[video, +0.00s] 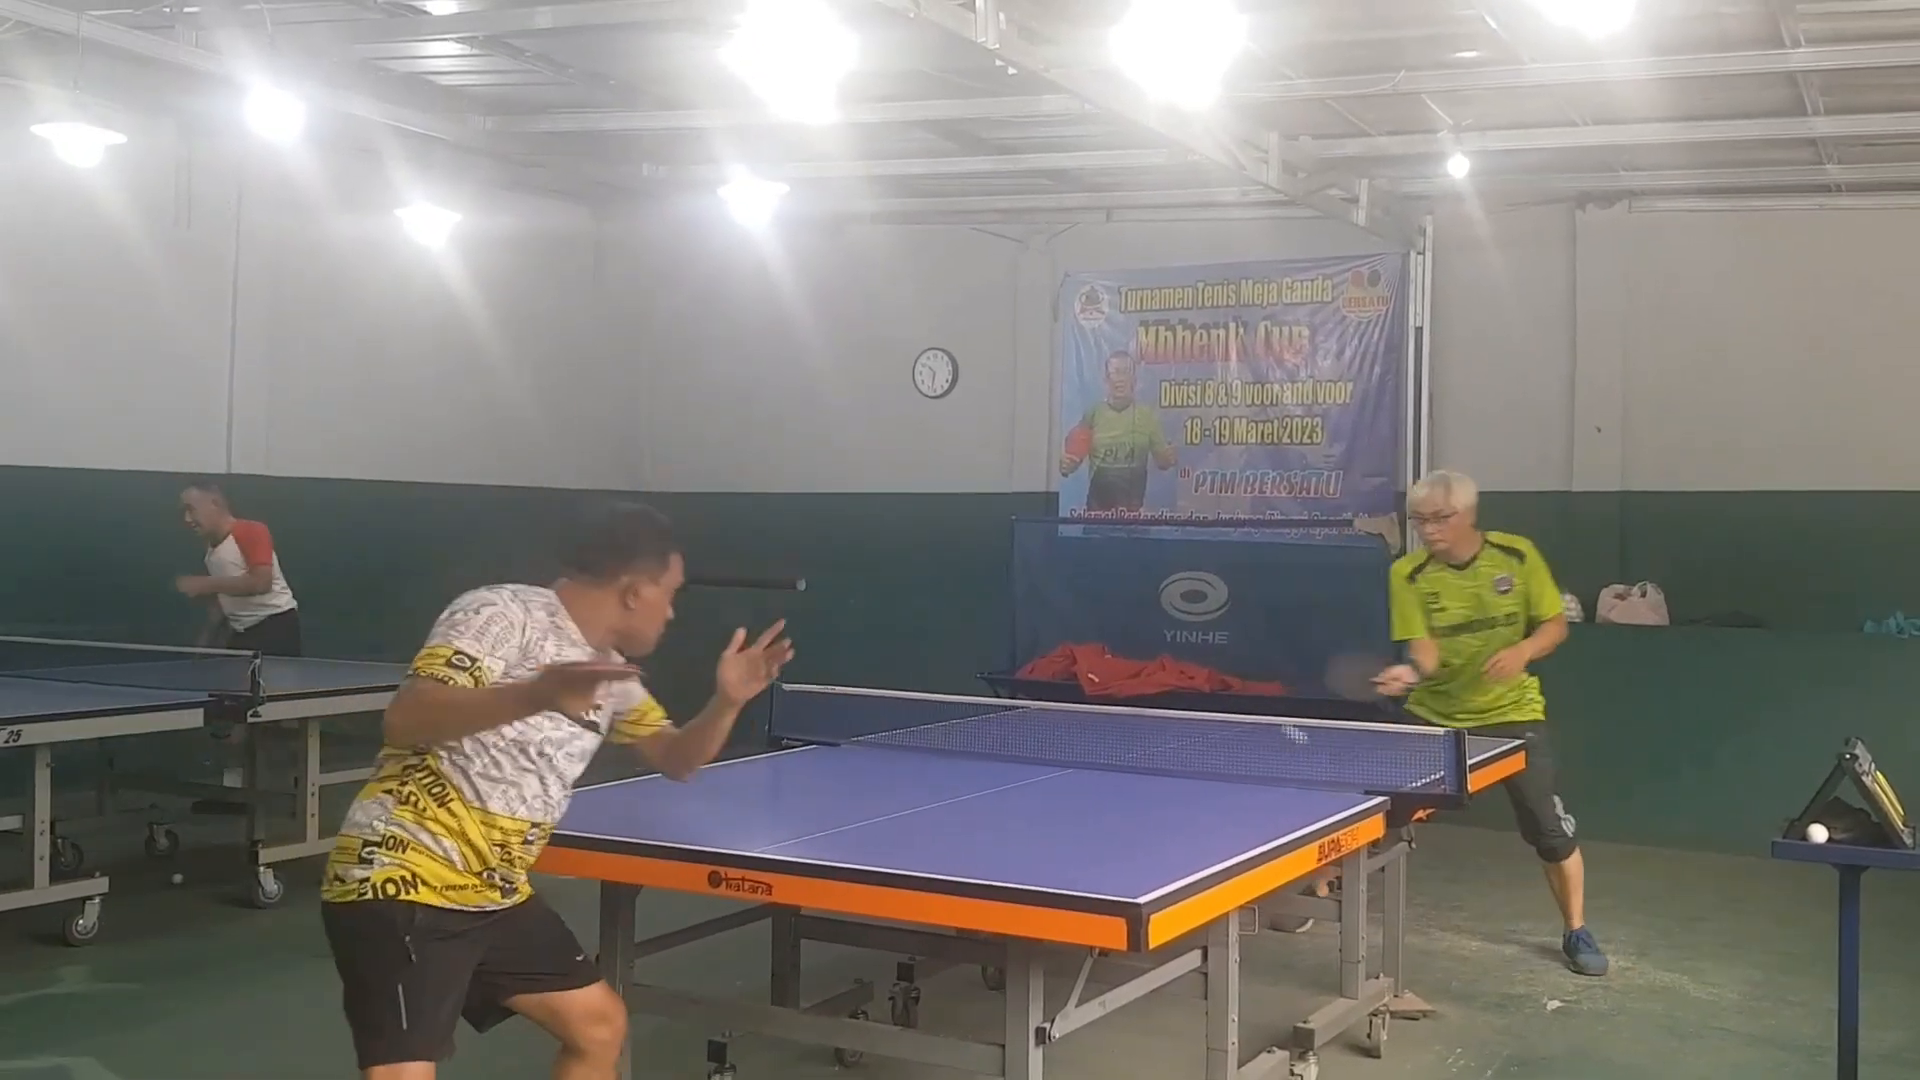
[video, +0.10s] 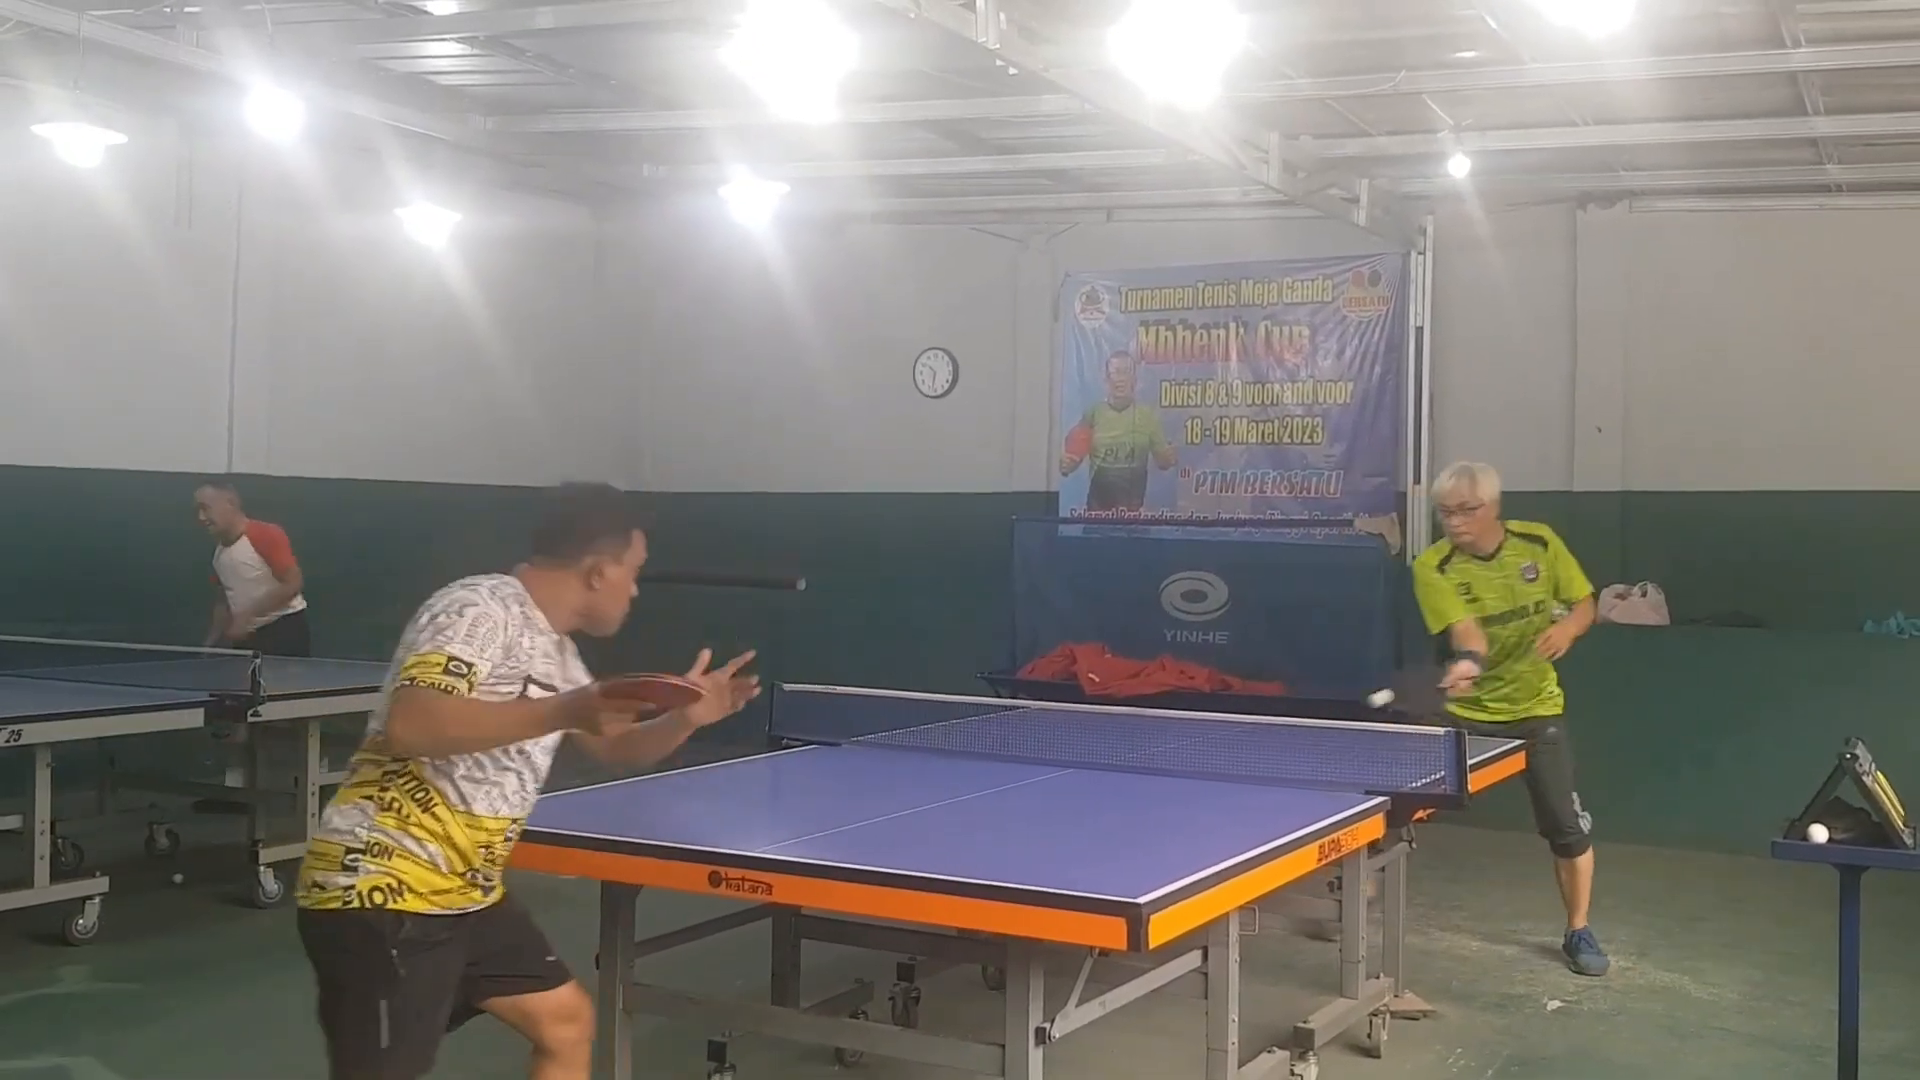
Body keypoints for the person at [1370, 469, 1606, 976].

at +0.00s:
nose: (1428, 530)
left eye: (1439, 519)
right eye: (1421, 520)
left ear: (1467, 516)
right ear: (1414, 521)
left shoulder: (1518, 555)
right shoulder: (1407, 573)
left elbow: (1555, 626)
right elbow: (1424, 649)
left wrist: (1522, 652)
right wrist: (1413, 670)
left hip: (1511, 710)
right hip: (1433, 710)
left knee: (1545, 822)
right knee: (1365, 791)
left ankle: (1577, 931)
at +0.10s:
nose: (1453, 521)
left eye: (1464, 510)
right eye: (1445, 512)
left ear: (1493, 508)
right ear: (1438, 513)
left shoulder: (1540, 542)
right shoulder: (1432, 566)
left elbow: (1585, 601)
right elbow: (1465, 630)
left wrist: (1568, 628)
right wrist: (1468, 659)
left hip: (1536, 703)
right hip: (1468, 708)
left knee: (1565, 822)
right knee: (1397, 794)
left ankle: (1578, 928)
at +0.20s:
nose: (1467, 513)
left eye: (1479, 501)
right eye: (1458, 503)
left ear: (1507, 499)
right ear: (1450, 503)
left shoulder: (1544, 527)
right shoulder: (1444, 555)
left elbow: (1593, 576)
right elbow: (1481, 605)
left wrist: (1598, 594)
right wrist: (1496, 641)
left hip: (1546, 699)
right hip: (1475, 701)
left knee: (1575, 813)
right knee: (1441, 797)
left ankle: (1579, 927)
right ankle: (1427, 917)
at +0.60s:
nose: (1481, 501)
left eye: (1493, 490)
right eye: (1473, 491)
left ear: (1519, 492)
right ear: (1463, 495)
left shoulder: (1557, 534)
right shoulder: (1444, 552)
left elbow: (1607, 584)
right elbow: (1444, 627)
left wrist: (1614, 604)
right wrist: (1435, 643)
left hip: (1540, 686)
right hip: (1468, 689)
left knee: (1563, 798)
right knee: (1466, 794)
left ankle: (1577, 929)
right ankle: (1468, 929)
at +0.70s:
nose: (1476, 513)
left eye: (1488, 503)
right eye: (1468, 504)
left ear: (1514, 507)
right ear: (1459, 509)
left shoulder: (1553, 551)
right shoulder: (1441, 564)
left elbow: (1608, 603)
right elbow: (1430, 636)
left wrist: (1619, 657)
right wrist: (1411, 656)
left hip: (1535, 701)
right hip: (1459, 700)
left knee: (1561, 809)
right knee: (1428, 795)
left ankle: (1576, 929)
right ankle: (1415, 910)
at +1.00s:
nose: (1420, 531)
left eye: (1431, 522)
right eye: (1411, 522)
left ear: (1454, 524)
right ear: (1401, 526)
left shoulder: (1491, 561)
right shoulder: (1384, 576)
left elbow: (1540, 605)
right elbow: (1360, 641)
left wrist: (1568, 648)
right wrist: (1333, 666)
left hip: (1483, 699)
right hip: (1409, 702)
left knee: (1535, 792)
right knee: (1362, 781)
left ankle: (1564, 908)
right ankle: (1345, 871)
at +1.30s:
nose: (1398, 514)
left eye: (1408, 505)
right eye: (1395, 506)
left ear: (1439, 506)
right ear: (1395, 510)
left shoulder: (1483, 541)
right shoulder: (1395, 561)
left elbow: (1536, 583)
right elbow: (1383, 624)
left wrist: (1545, 592)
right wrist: (1333, 650)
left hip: (1492, 692)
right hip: (1423, 691)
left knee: (1531, 788)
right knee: (1374, 765)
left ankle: (1552, 874)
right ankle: (1358, 859)